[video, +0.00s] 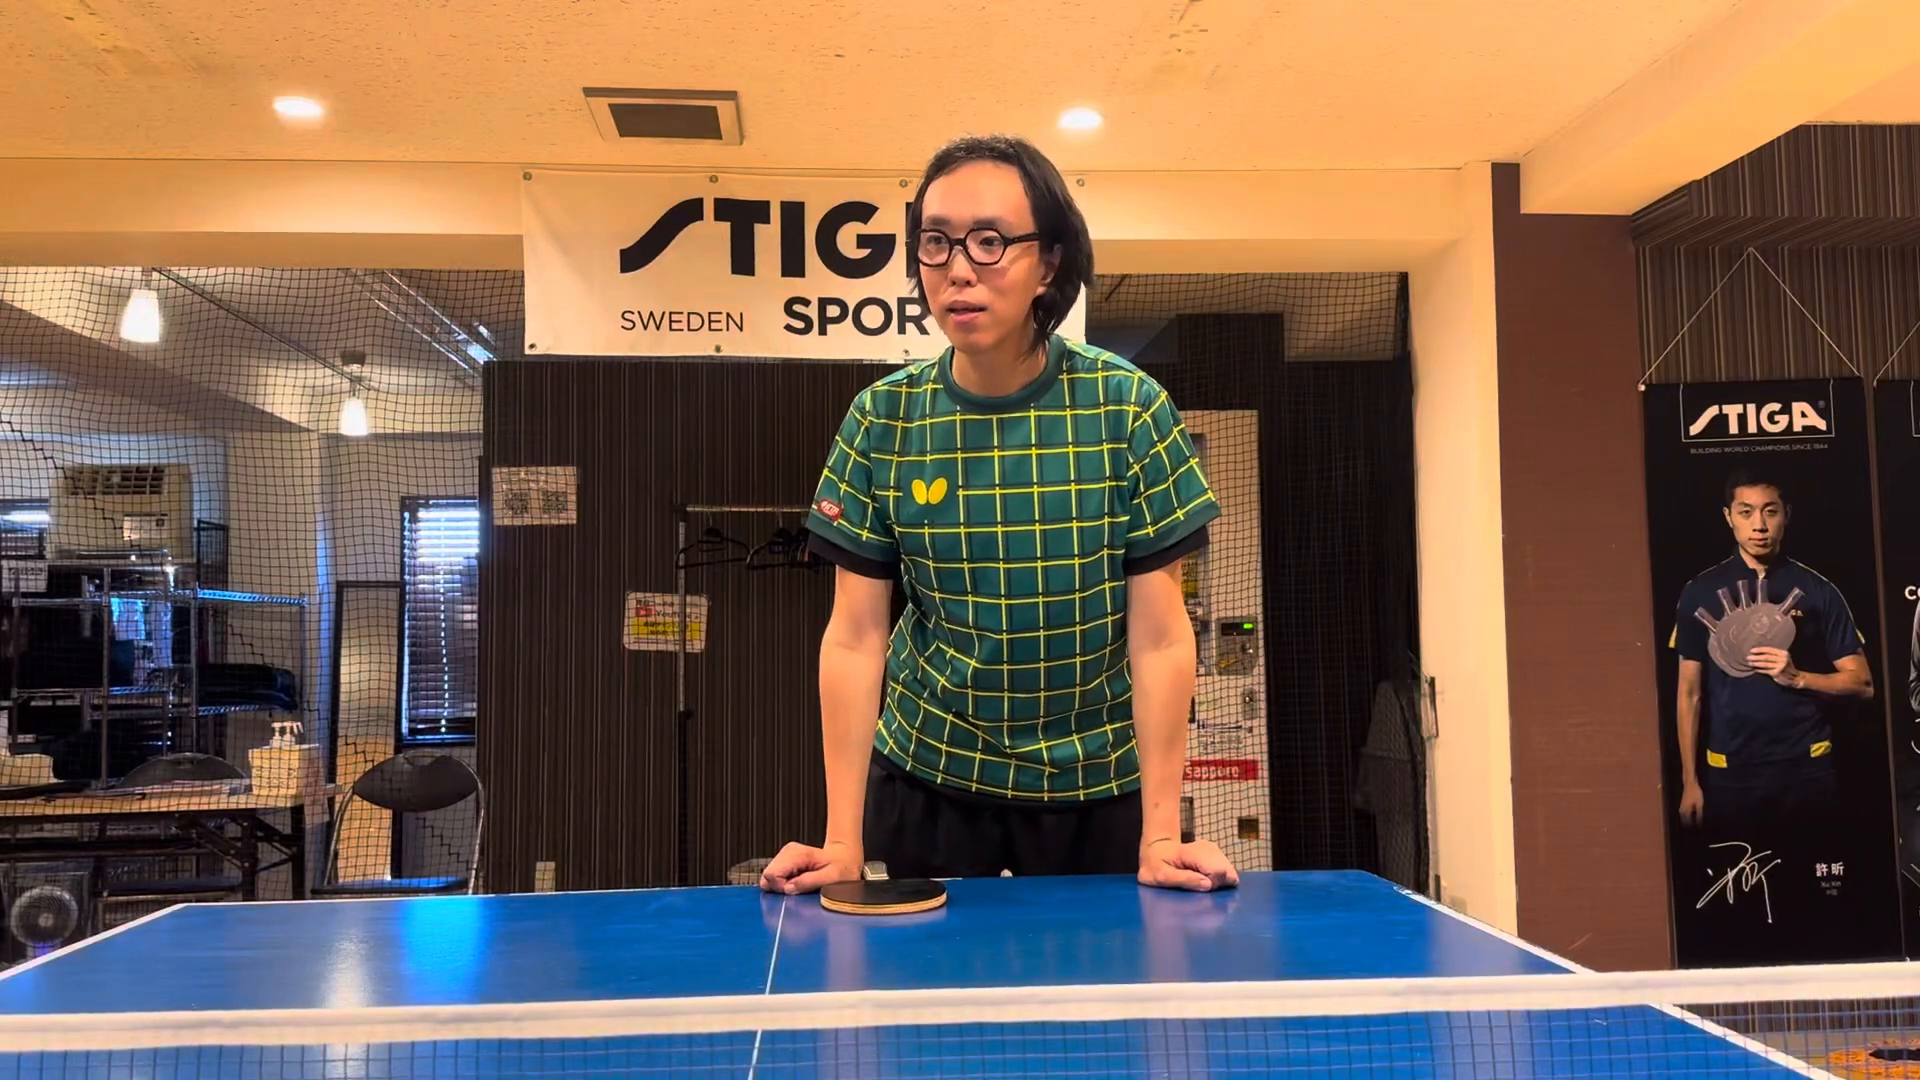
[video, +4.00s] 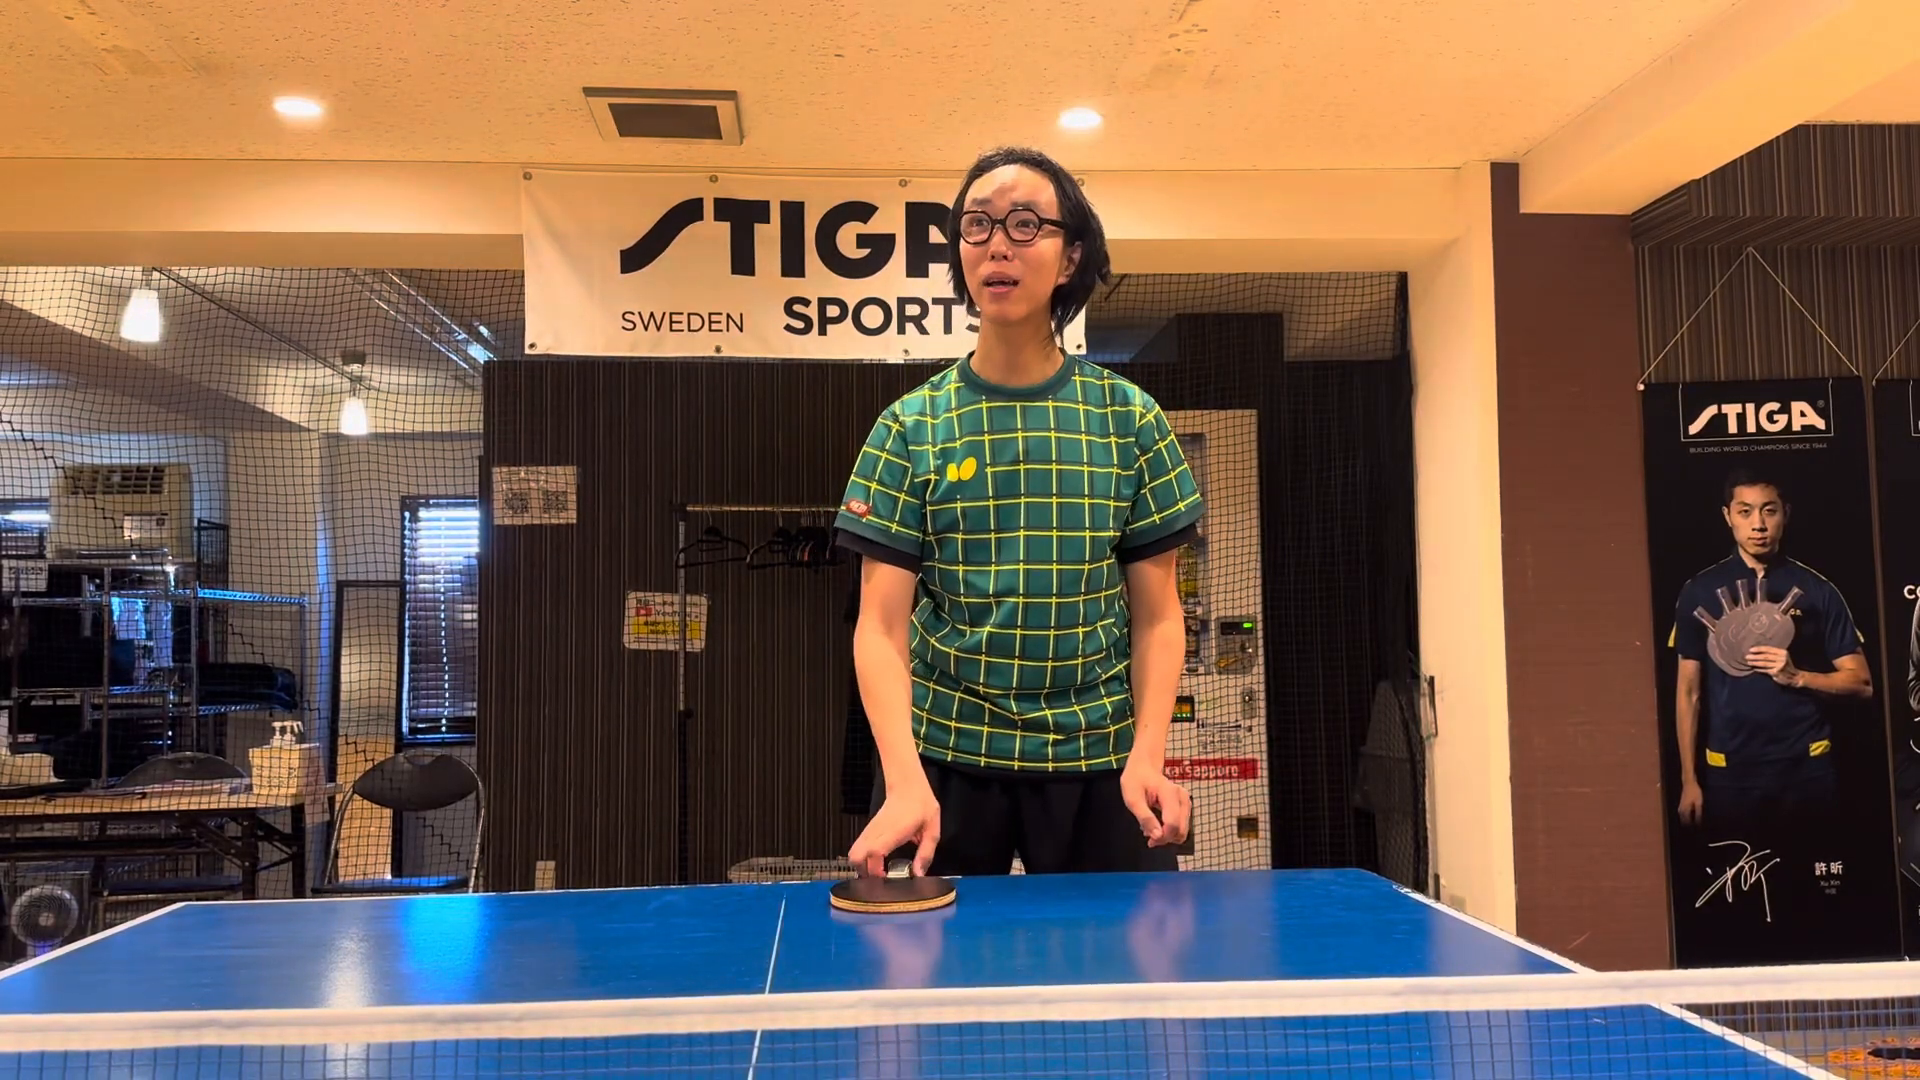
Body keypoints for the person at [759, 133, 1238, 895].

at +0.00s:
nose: (958, 268)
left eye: (990, 241)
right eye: (938, 242)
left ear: (1049, 266)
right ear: (918, 263)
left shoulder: (1126, 408)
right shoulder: (884, 417)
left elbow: (1160, 638)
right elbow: (854, 637)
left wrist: (1163, 836)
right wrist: (842, 842)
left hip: (1094, 809)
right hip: (925, 804)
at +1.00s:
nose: (956, 276)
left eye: (987, 249)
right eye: (937, 251)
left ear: (1045, 274)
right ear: (918, 271)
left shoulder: (1125, 413)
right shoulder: (887, 424)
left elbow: (1160, 639)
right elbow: (853, 643)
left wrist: (1163, 834)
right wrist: (841, 841)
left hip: (1096, 811)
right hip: (929, 807)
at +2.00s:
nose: (951, 283)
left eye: (982, 257)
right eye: (932, 259)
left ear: (1040, 281)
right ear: (914, 278)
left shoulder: (1122, 419)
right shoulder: (886, 429)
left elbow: (1157, 642)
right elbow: (853, 645)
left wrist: (1162, 836)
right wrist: (841, 843)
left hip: (1093, 800)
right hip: (928, 796)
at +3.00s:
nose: (950, 293)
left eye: (980, 268)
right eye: (933, 269)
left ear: (1036, 292)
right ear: (916, 288)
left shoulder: (1117, 433)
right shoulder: (886, 446)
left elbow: (1150, 645)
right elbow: (855, 648)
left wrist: (1159, 833)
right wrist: (842, 842)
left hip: (1086, 770)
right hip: (927, 768)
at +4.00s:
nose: (999, 245)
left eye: (1026, 225)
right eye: (979, 225)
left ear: (1070, 258)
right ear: (958, 253)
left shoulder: (1129, 419)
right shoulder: (913, 426)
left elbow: (1158, 615)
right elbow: (881, 628)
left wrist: (1147, 758)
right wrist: (903, 781)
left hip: (1100, 779)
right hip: (947, 779)